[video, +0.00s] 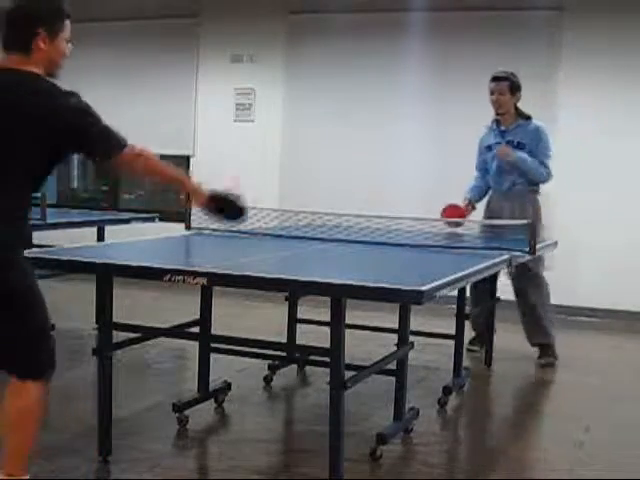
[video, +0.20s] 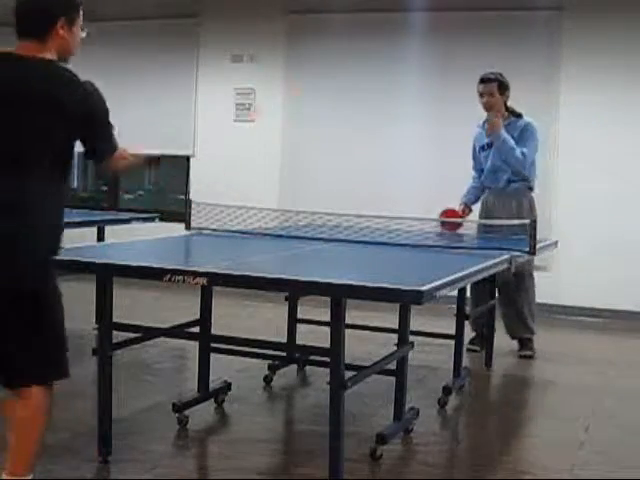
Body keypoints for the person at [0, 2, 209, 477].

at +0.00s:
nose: (67, 51)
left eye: (69, 41)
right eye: (65, 41)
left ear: (15, 39)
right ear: (40, 41)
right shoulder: (52, 102)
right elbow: (126, 158)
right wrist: (190, 187)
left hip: (5, 253)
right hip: (3, 254)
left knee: (24, 360)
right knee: (30, 364)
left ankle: (11, 468)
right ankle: (11, 472)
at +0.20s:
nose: (81, 36)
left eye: (81, 25)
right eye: (79, 25)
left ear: (22, 25)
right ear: (59, 29)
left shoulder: (4, 70)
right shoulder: (73, 92)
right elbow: (110, 161)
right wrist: (137, 158)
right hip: (22, 255)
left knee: (21, 374)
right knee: (31, 379)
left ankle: (14, 467)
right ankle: (15, 473)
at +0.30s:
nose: (76, 33)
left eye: (77, 23)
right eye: (75, 22)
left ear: (22, 19)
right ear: (59, 23)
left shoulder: (2, 66)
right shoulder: (73, 89)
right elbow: (81, 173)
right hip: (26, 247)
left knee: (21, 367)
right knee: (28, 372)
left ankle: (15, 465)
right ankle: (17, 471)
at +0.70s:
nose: (70, 25)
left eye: (70, 17)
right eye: (70, 16)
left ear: (10, 15)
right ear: (58, 15)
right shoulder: (60, 71)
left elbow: (108, 133)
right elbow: (109, 133)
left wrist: (105, 195)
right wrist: (110, 195)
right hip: (18, 236)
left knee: (34, 359)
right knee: (36, 363)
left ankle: (13, 465)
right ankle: (13, 468)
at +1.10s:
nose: (80, 43)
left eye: (78, 34)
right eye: (79, 34)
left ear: (23, 34)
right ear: (68, 35)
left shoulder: (3, 78)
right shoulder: (62, 86)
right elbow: (69, 164)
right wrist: (104, 205)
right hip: (19, 258)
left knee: (28, 373)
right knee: (45, 380)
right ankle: (10, 471)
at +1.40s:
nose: (101, 40)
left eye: (101, 30)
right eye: (101, 30)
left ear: (44, 31)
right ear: (90, 32)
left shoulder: (12, 79)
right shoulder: (73, 84)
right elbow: (58, 164)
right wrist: (101, 213)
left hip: (7, 253)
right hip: (30, 259)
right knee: (94, 361)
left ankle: (80, 457)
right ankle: (79, 471)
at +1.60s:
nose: (134, 54)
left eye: (134, 44)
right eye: (133, 44)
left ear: (75, 45)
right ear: (118, 44)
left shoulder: (37, 105)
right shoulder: (103, 101)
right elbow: (98, 189)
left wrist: (135, 215)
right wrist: (153, 228)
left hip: (13, 275)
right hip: (69, 281)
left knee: (7, 386)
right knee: (130, 391)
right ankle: (105, 473)